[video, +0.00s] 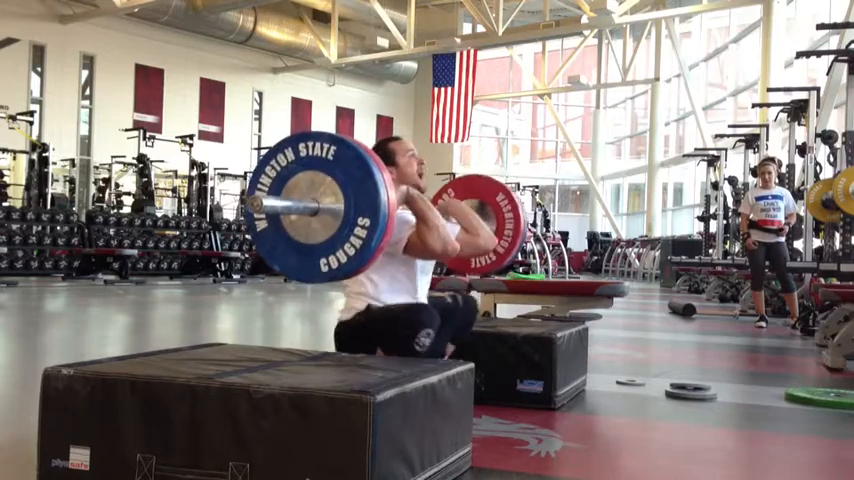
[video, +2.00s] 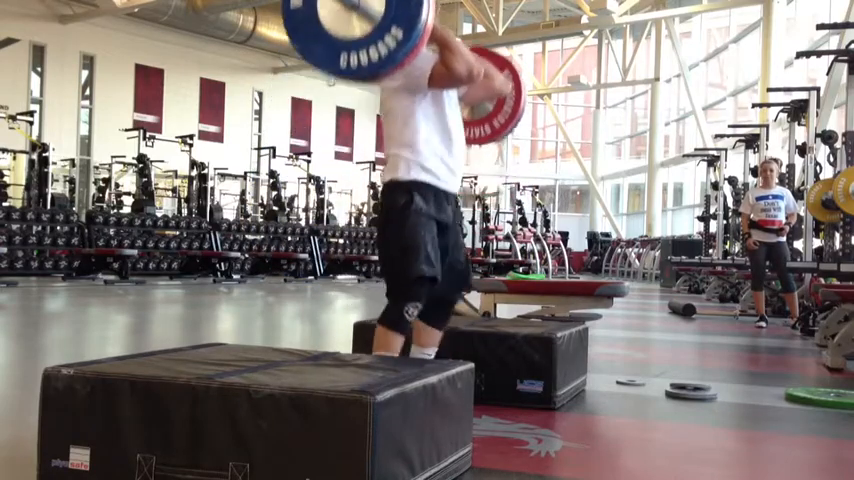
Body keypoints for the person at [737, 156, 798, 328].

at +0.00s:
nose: (766, 176)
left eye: (769, 173)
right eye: (763, 173)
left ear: (775, 174)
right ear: (758, 175)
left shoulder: (784, 193)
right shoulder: (751, 194)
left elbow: (792, 214)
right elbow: (744, 217)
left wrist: (787, 224)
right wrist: (746, 236)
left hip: (777, 240)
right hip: (757, 239)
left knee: (785, 275)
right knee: (757, 277)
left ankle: (795, 317)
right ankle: (761, 315)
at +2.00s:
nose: (767, 173)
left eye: (771, 170)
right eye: (764, 170)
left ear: (777, 173)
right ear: (760, 173)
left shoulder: (785, 193)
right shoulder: (752, 194)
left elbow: (793, 213)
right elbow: (745, 216)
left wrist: (788, 224)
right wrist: (747, 235)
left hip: (778, 239)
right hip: (758, 239)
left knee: (785, 276)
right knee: (757, 277)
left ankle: (795, 317)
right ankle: (761, 315)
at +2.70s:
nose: (776, 177)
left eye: (780, 173)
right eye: (773, 173)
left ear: (784, 174)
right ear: (766, 172)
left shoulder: (789, 193)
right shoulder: (757, 192)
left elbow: (795, 213)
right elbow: (748, 217)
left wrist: (794, 224)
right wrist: (752, 236)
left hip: (785, 239)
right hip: (764, 239)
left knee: (792, 275)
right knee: (761, 277)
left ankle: (794, 318)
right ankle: (762, 315)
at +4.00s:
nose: (810, 172)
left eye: (814, 169)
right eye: (807, 169)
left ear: (819, 171)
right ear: (802, 170)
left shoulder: (823, 191)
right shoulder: (794, 191)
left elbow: (828, 215)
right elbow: (787, 214)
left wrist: (829, 224)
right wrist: (810, 223)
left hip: (820, 239)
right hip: (801, 238)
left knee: (812, 277)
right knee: (806, 277)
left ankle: (803, 315)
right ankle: (808, 317)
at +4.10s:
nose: (810, 172)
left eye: (813, 169)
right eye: (806, 169)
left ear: (819, 171)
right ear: (802, 170)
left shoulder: (824, 191)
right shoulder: (795, 190)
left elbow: (829, 213)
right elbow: (789, 214)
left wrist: (830, 223)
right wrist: (811, 222)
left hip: (822, 239)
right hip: (802, 238)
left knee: (822, 277)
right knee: (807, 277)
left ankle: (816, 313)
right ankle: (807, 317)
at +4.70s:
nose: (810, 171)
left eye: (814, 168)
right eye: (807, 168)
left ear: (821, 169)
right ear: (803, 170)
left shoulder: (828, 189)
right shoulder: (797, 189)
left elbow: (835, 212)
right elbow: (787, 209)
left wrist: (838, 223)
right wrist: (803, 220)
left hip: (828, 238)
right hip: (807, 238)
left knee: (831, 276)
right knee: (808, 278)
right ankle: (809, 318)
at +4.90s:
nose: (815, 170)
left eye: (818, 167)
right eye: (812, 167)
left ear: (824, 169)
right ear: (807, 170)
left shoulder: (831, 188)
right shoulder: (800, 188)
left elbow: (837, 209)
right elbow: (781, 206)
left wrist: (840, 222)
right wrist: (799, 216)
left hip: (830, 238)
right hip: (808, 237)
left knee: (832, 276)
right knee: (809, 278)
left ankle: (800, 295)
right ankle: (809, 318)